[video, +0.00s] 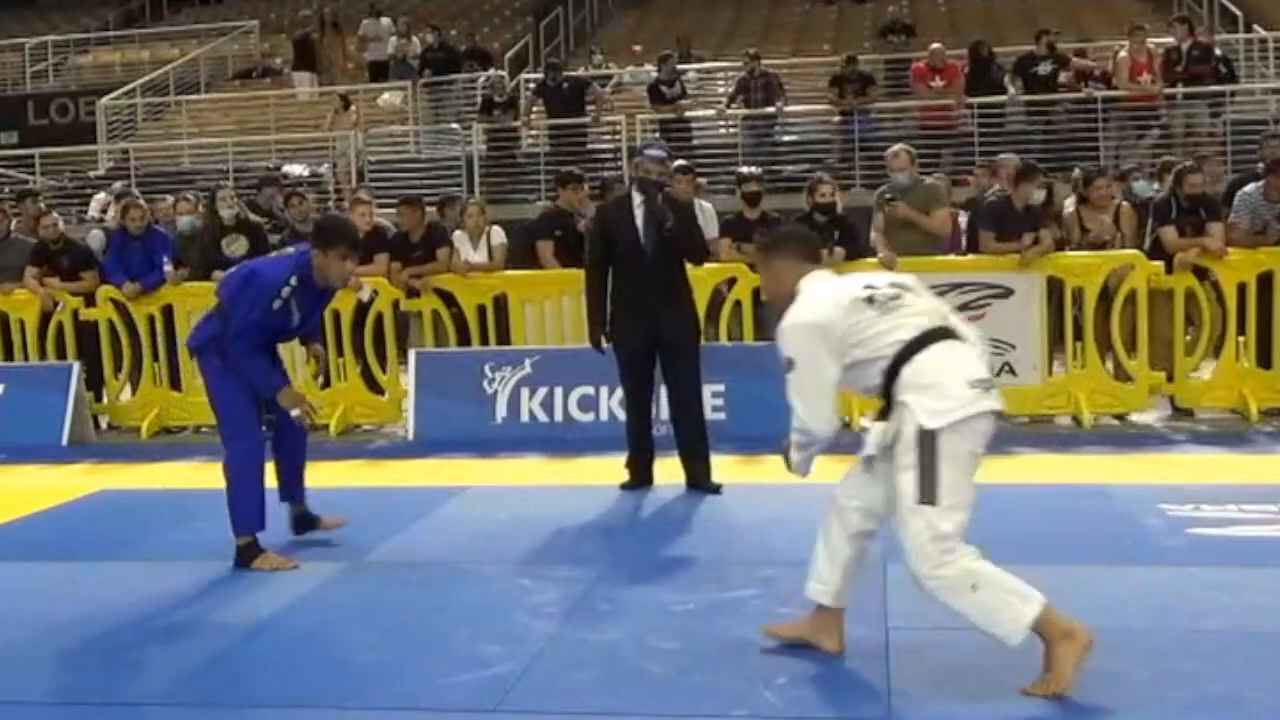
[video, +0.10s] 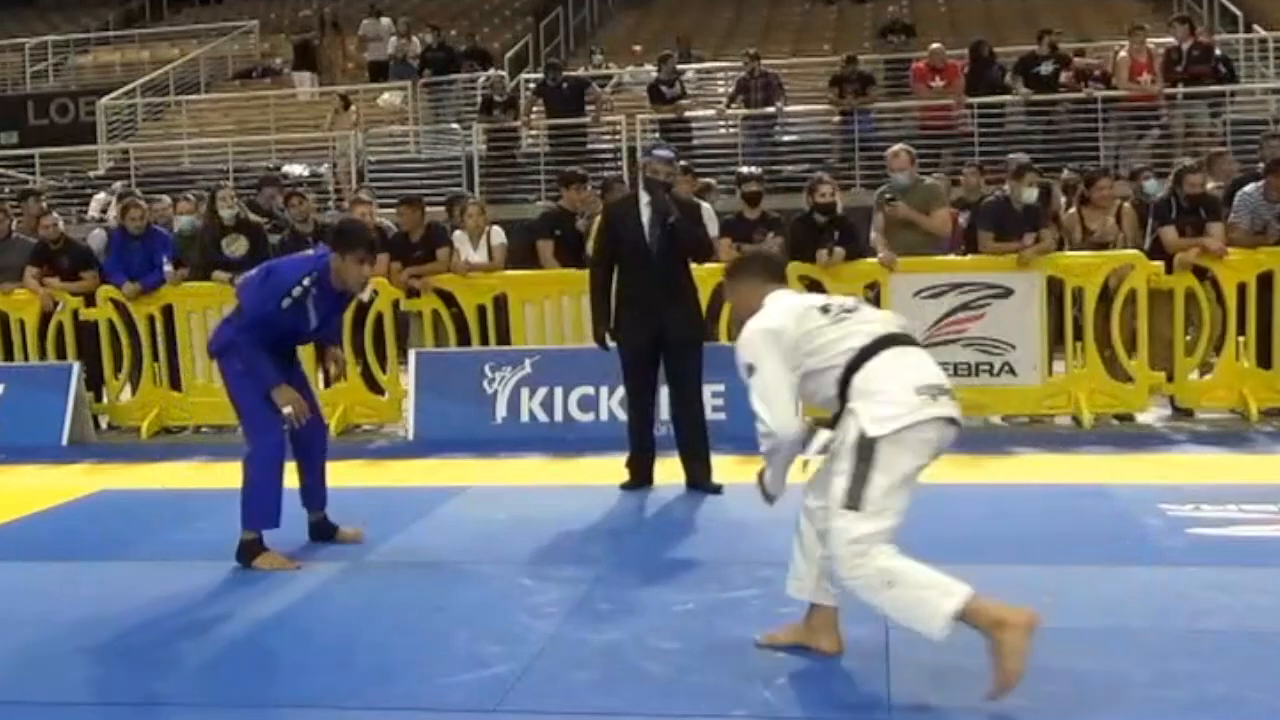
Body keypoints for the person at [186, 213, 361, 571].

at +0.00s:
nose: (350, 268)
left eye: (353, 260)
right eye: (344, 259)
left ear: (352, 259)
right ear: (319, 255)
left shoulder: (326, 277)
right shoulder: (271, 279)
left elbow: (310, 308)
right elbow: (240, 344)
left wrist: (313, 339)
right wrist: (279, 389)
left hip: (260, 344)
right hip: (221, 348)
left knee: (291, 419)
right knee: (244, 439)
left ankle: (299, 512)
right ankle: (247, 545)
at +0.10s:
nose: (368, 272)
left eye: (371, 264)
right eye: (362, 263)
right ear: (337, 259)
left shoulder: (343, 282)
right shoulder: (289, 279)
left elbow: (330, 311)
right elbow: (243, 335)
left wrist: (331, 343)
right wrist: (275, 386)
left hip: (279, 347)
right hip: (240, 347)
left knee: (312, 428)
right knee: (266, 437)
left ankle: (318, 521)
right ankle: (251, 542)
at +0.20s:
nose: (379, 278)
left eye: (382, 270)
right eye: (372, 269)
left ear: (383, 267)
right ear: (347, 265)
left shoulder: (366, 288)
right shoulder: (301, 283)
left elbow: (364, 322)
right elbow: (250, 340)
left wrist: (364, 359)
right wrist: (277, 384)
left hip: (307, 357)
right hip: (264, 353)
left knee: (338, 427)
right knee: (305, 420)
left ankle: (323, 521)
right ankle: (271, 523)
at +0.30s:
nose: (388, 285)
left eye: (391, 275)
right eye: (380, 276)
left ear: (395, 271)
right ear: (357, 271)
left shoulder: (384, 294)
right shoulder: (315, 288)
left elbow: (392, 330)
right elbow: (263, 342)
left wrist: (395, 371)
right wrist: (287, 389)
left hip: (322, 358)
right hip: (282, 357)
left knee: (352, 427)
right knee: (314, 423)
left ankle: (326, 521)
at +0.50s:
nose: (402, 296)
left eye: (406, 286)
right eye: (392, 287)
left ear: (411, 283)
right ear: (370, 283)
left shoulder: (412, 307)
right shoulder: (331, 302)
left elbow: (420, 340)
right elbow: (294, 360)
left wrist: (426, 380)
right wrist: (318, 415)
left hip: (352, 365)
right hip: (309, 366)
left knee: (391, 442)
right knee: (342, 440)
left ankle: (339, 508)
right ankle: (354, 542)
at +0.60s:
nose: (407, 297)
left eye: (411, 288)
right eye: (398, 289)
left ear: (418, 286)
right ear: (377, 283)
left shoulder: (421, 308)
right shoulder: (337, 305)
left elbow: (428, 342)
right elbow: (311, 362)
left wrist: (428, 386)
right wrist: (339, 412)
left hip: (367, 364)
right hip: (321, 363)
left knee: (413, 436)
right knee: (341, 442)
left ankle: (365, 491)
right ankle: (353, 541)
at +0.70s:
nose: (418, 297)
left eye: (423, 288)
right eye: (408, 288)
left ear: (430, 284)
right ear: (388, 282)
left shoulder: (435, 305)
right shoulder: (349, 301)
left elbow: (437, 342)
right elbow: (321, 356)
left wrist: (432, 385)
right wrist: (352, 407)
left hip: (385, 366)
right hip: (337, 364)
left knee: (430, 428)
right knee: (346, 440)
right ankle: (354, 543)